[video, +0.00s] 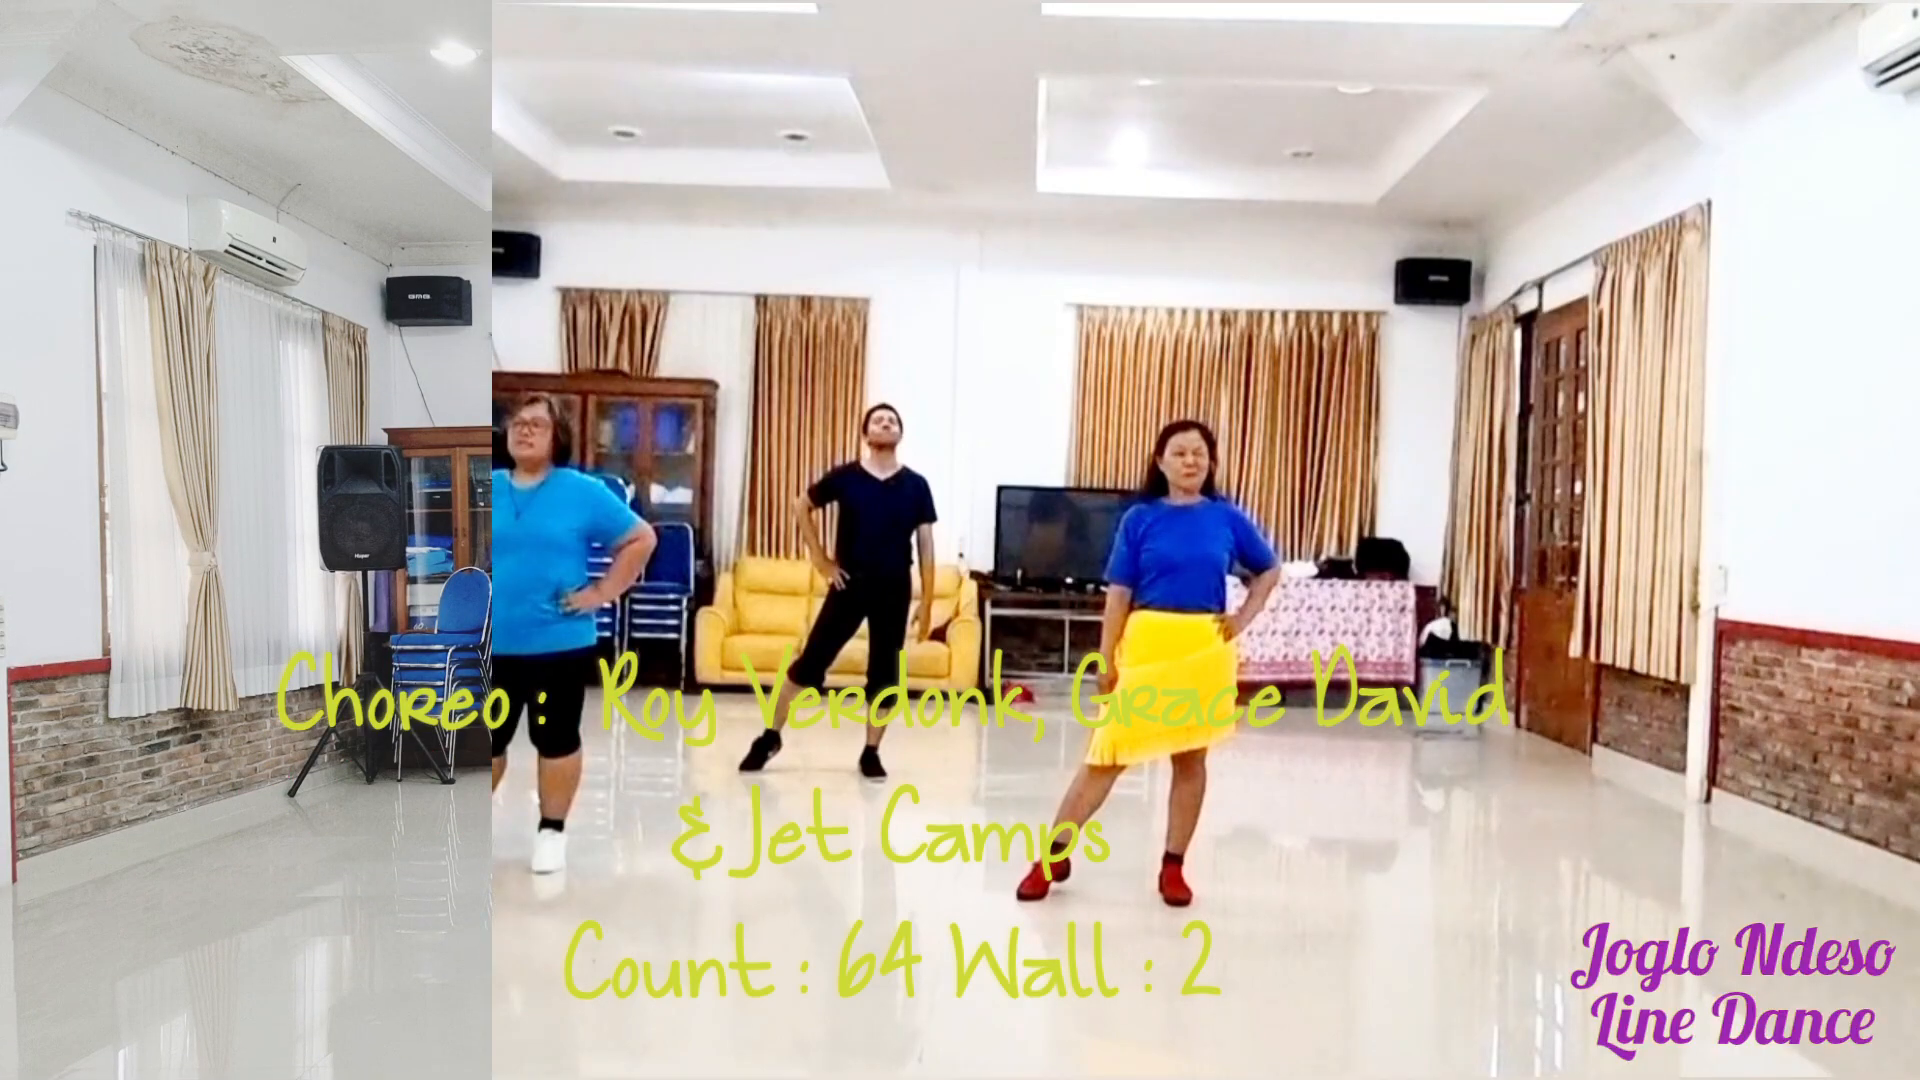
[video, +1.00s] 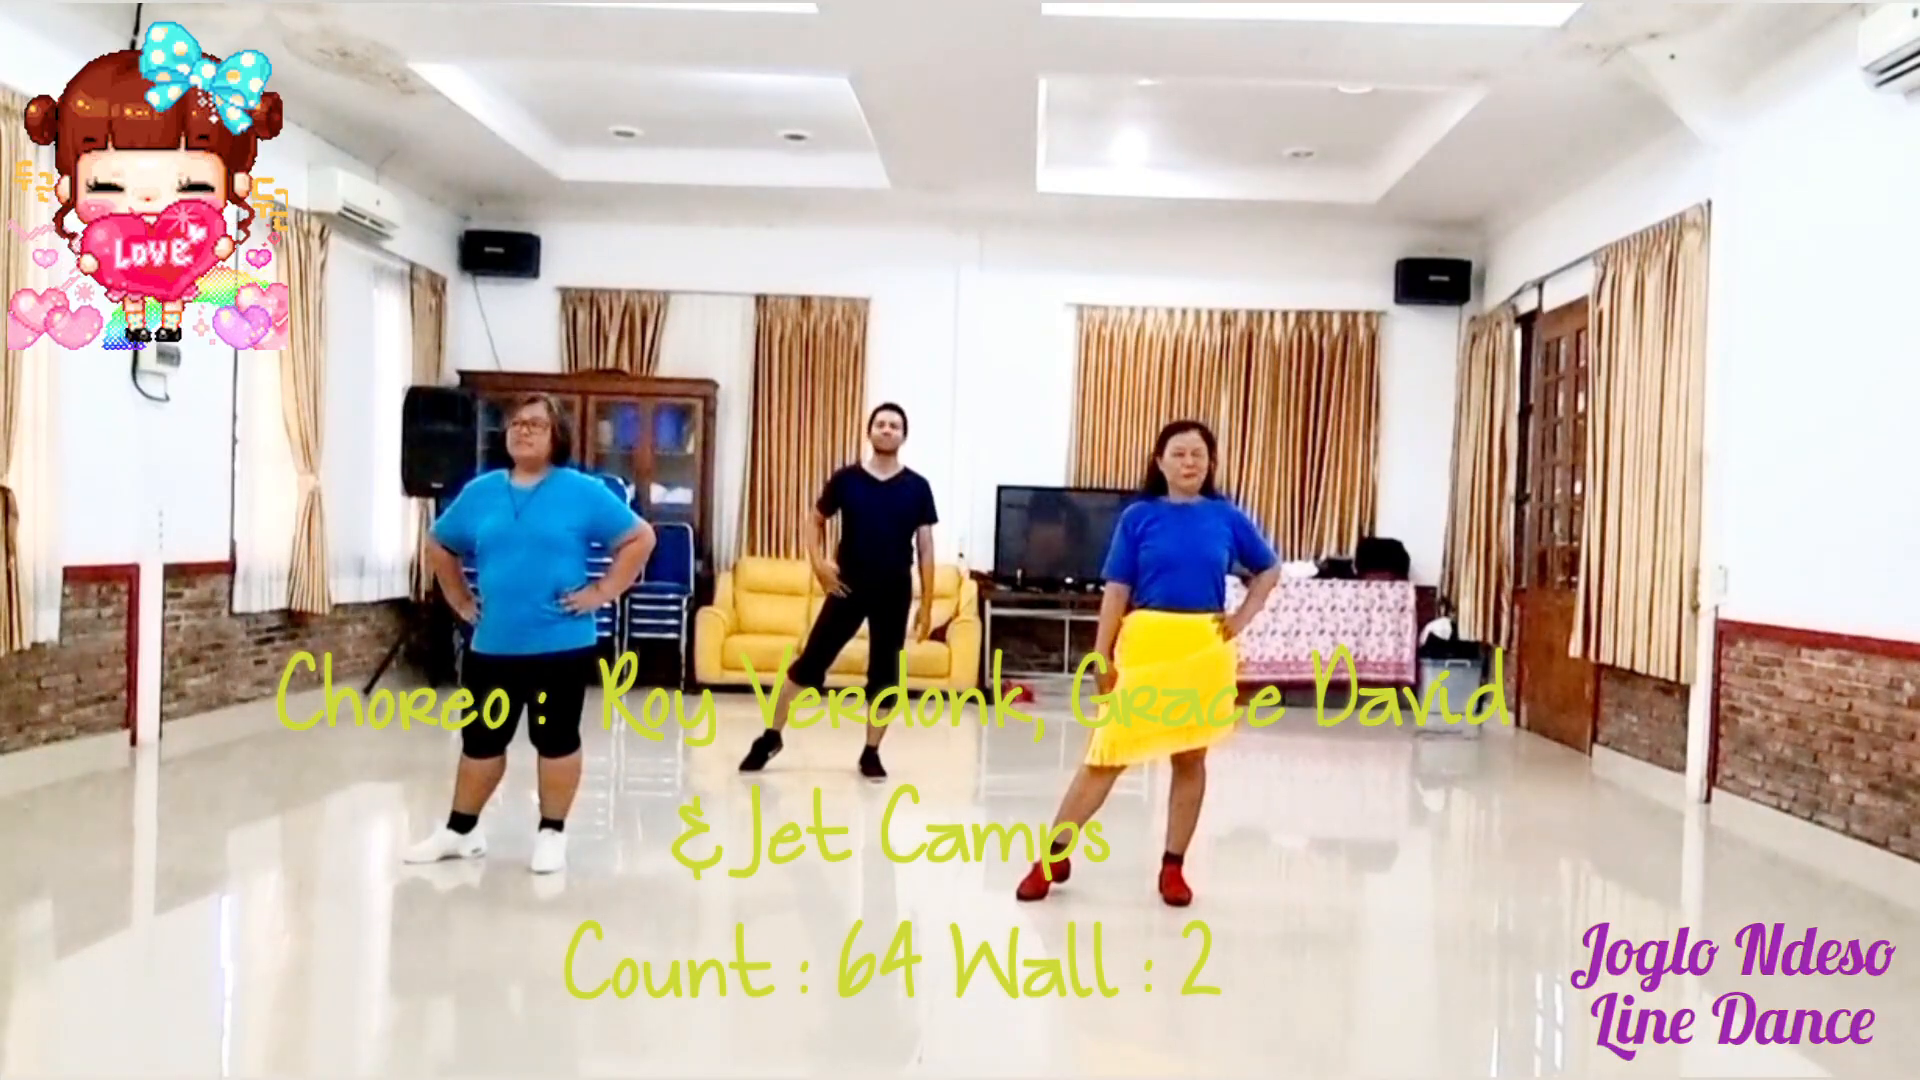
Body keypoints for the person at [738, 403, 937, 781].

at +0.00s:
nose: (886, 425)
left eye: (892, 422)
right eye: (878, 421)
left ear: (901, 436)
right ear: (865, 434)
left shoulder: (915, 485)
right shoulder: (845, 477)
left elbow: (925, 546)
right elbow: (803, 506)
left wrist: (926, 602)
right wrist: (821, 559)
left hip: (892, 593)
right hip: (850, 588)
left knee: (884, 676)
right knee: (809, 664)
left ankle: (871, 752)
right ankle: (772, 733)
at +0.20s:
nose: (885, 427)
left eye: (891, 423)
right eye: (878, 423)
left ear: (901, 435)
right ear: (865, 434)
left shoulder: (915, 486)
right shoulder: (846, 477)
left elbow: (925, 547)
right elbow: (801, 511)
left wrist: (925, 603)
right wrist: (819, 564)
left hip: (893, 594)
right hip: (850, 589)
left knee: (885, 677)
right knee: (809, 665)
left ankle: (871, 752)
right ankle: (772, 733)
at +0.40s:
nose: (886, 428)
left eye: (892, 424)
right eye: (879, 423)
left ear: (902, 435)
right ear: (866, 433)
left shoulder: (915, 487)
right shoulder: (846, 478)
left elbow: (925, 548)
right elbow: (801, 514)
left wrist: (926, 604)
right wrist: (820, 566)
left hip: (893, 595)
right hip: (850, 589)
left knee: (885, 677)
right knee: (809, 665)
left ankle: (872, 752)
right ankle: (772, 733)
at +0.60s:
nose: (886, 429)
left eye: (893, 424)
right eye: (879, 424)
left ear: (903, 435)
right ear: (867, 433)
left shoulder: (915, 487)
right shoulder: (846, 478)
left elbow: (923, 547)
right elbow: (802, 514)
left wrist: (925, 603)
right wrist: (820, 566)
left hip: (893, 595)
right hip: (850, 590)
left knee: (885, 677)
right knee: (809, 665)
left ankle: (871, 752)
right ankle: (772, 733)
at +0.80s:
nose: (887, 429)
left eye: (894, 425)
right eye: (880, 424)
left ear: (904, 436)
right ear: (868, 433)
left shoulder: (915, 487)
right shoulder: (846, 478)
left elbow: (923, 547)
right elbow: (802, 513)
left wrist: (925, 604)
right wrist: (822, 566)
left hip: (893, 595)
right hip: (850, 590)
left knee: (885, 677)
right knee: (809, 665)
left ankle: (872, 752)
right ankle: (773, 733)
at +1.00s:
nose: (887, 431)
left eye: (894, 426)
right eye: (880, 425)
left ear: (904, 437)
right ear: (868, 433)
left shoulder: (916, 487)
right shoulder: (846, 479)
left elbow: (925, 546)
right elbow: (815, 521)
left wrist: (927, 603)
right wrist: (818, 563)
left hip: (893, 596)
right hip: (849, 590)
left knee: (884, 678)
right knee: (808, 665)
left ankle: (871, 752)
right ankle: (772, 734)